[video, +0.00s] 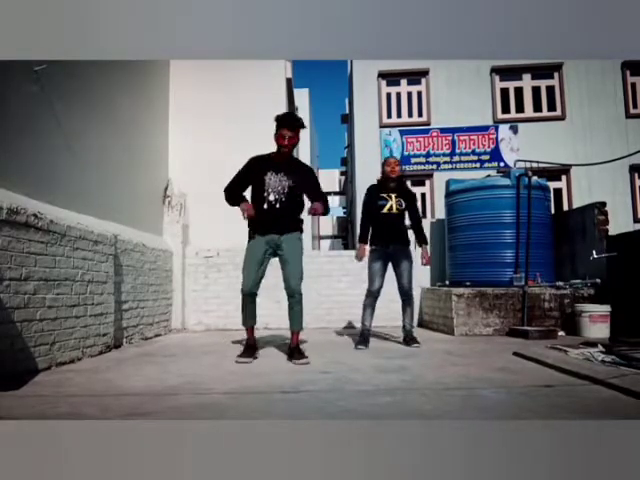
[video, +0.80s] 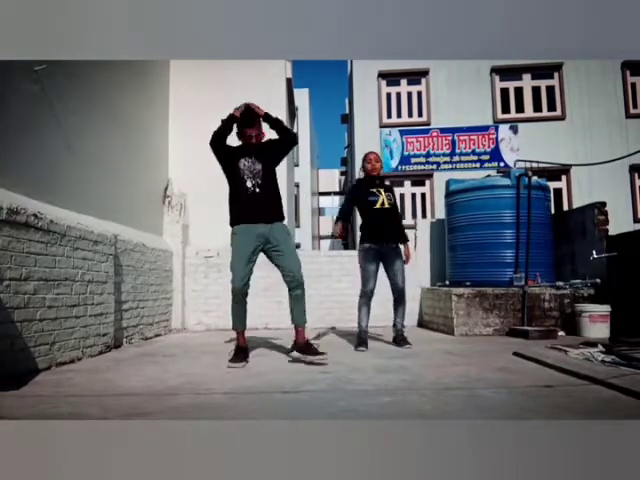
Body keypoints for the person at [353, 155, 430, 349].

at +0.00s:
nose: (393, 168)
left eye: (396, 165)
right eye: (390, 165)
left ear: (400, 168)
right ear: (383, 168)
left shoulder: (407, 192)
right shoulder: (373, 191)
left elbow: (415, 220)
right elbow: (366, 218)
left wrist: (423, 245)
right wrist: (362, 243)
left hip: (400, 246)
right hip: (378, 246)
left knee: (406, 290)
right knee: (373, 289)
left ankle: (408, 334)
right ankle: (364, 334)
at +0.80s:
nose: (373, 165)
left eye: (376, 161)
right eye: (369, 162)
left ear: (381, 165)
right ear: (363, 166)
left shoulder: (387, 187)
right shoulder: (358, 187)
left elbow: (396, 217)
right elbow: (346, 208)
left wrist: (405, 243)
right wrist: (340, 222)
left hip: (391, 243)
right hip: (369, 244)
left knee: (399, 288)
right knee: (367, 289)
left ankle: (399, 333)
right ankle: (362, 336)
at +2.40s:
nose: (378, 165)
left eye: (381, 162)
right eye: (374, 162)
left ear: (386, 165)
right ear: (369, 167)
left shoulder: (394, 187)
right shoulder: (361, 187)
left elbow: (405, 214)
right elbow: (348, 213)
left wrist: (419, 237)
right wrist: (340, 238)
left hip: (388, 245)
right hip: (365, 245)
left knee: (395, 290)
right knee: (356, 290)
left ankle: (395, 333)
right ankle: (344, 332)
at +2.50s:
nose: (377, 164)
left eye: (380, 160)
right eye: (373, 161)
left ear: (386, 163)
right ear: (367, 165)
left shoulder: (395, 183)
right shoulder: (359, 183)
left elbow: (420, 198)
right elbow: (337, 197)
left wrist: (446, 208)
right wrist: (323, 209)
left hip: (391, 245)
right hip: (369, 245)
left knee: (394, 288)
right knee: (358, 289)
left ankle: (394, 333)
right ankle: (353, 331)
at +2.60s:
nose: (374, 167)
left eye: (377, 163)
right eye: (370, 164)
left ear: (384, 166)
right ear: (366, 168)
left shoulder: (394, 182)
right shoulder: (361, 186)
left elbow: (420, 179)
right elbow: (339, 198)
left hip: (393, 245)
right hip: (372, 247)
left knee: (398, 288)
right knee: (359, 288)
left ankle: (397, 332)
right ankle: (375, 328)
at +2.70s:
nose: (370, 174)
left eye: (374, 171)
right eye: (368, 171)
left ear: (381, 174)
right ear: (364, 175)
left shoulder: (389, 189)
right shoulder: (358, 195)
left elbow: (411, 183)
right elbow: (347, 217)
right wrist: (335, 211)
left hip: (395, 250)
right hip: (375, 254)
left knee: (412, 284)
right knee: (363, 295)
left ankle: (417, 327)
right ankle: (380, 333)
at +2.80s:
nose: (368, 184)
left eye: (372, 182)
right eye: (365, 181)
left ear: (378, 186)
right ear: (361, 185)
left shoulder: (384, 198)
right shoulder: (358, 206)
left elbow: (395, 195)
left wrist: (372, 203)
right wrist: (360, 209)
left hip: (399, 254)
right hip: (381, 258)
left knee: (419, 287)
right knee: (362, 295)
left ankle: (455, 318)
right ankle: (380, 334)